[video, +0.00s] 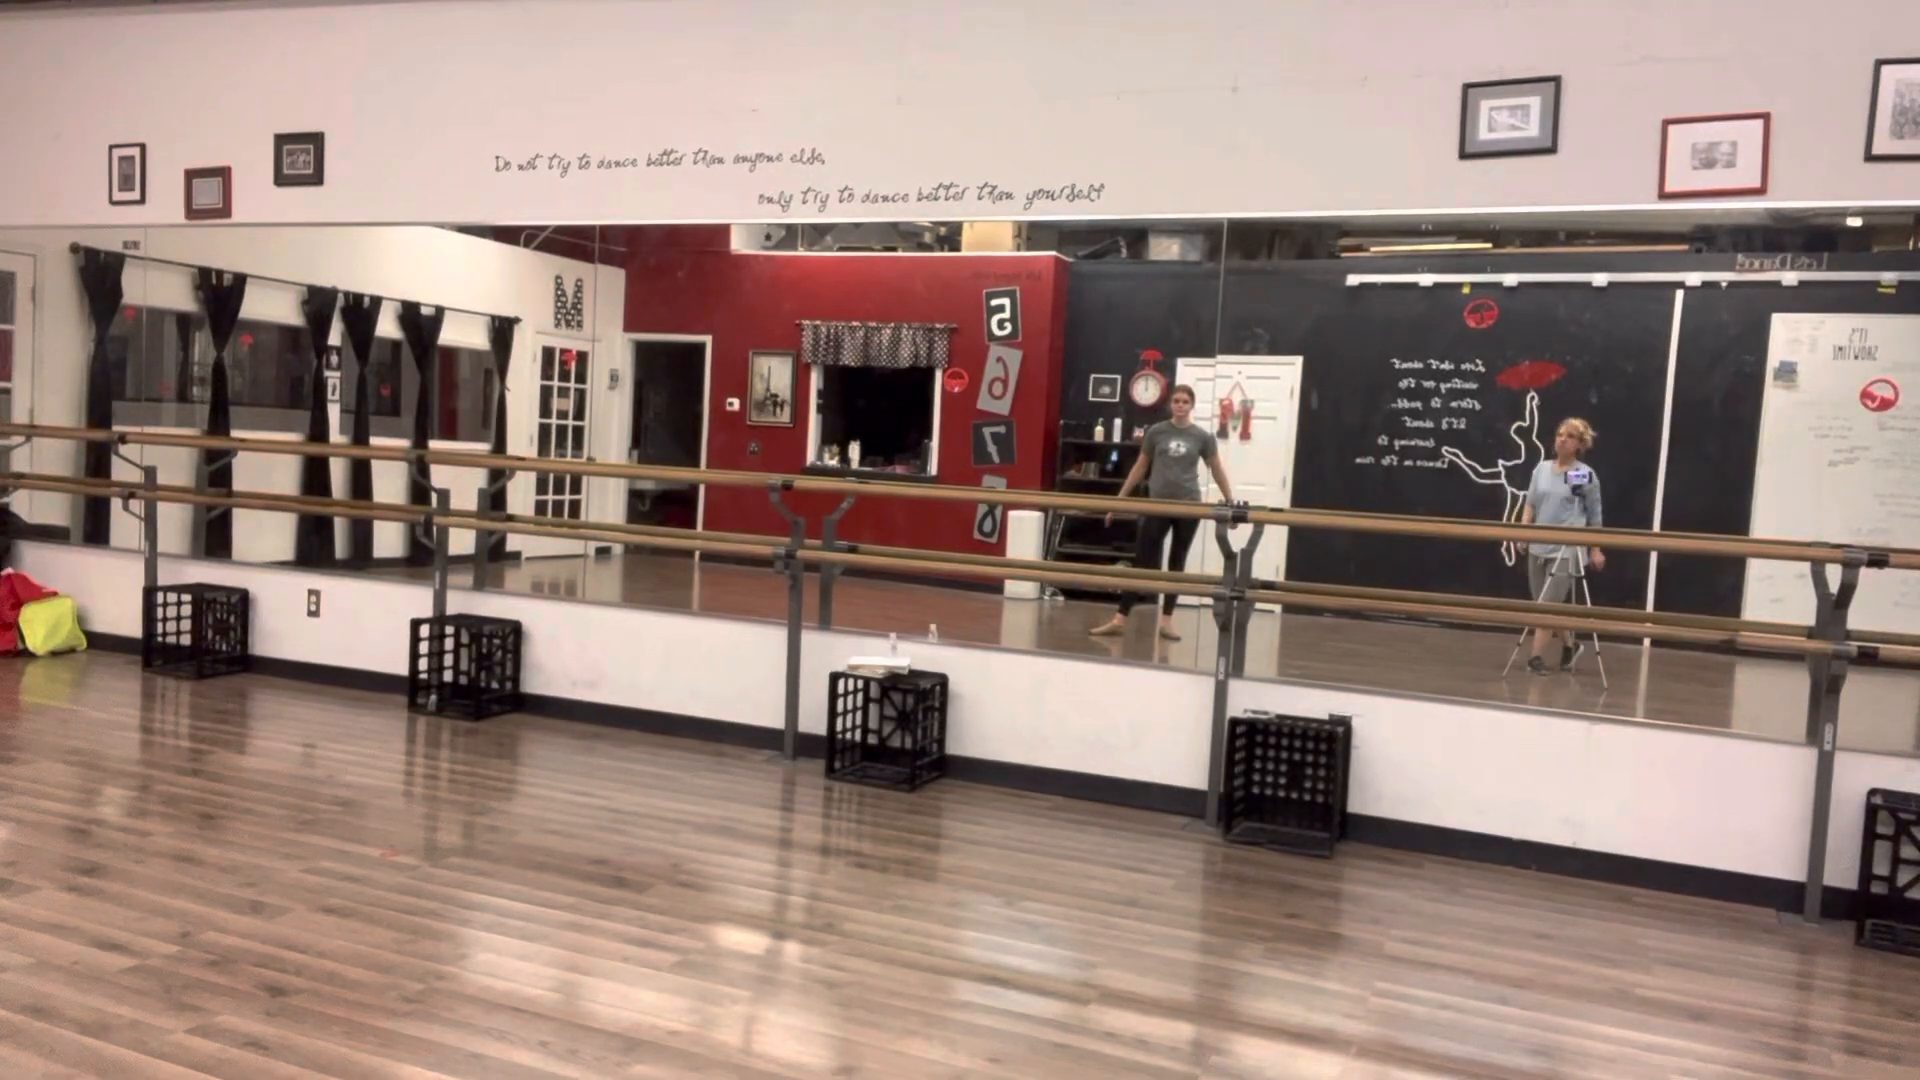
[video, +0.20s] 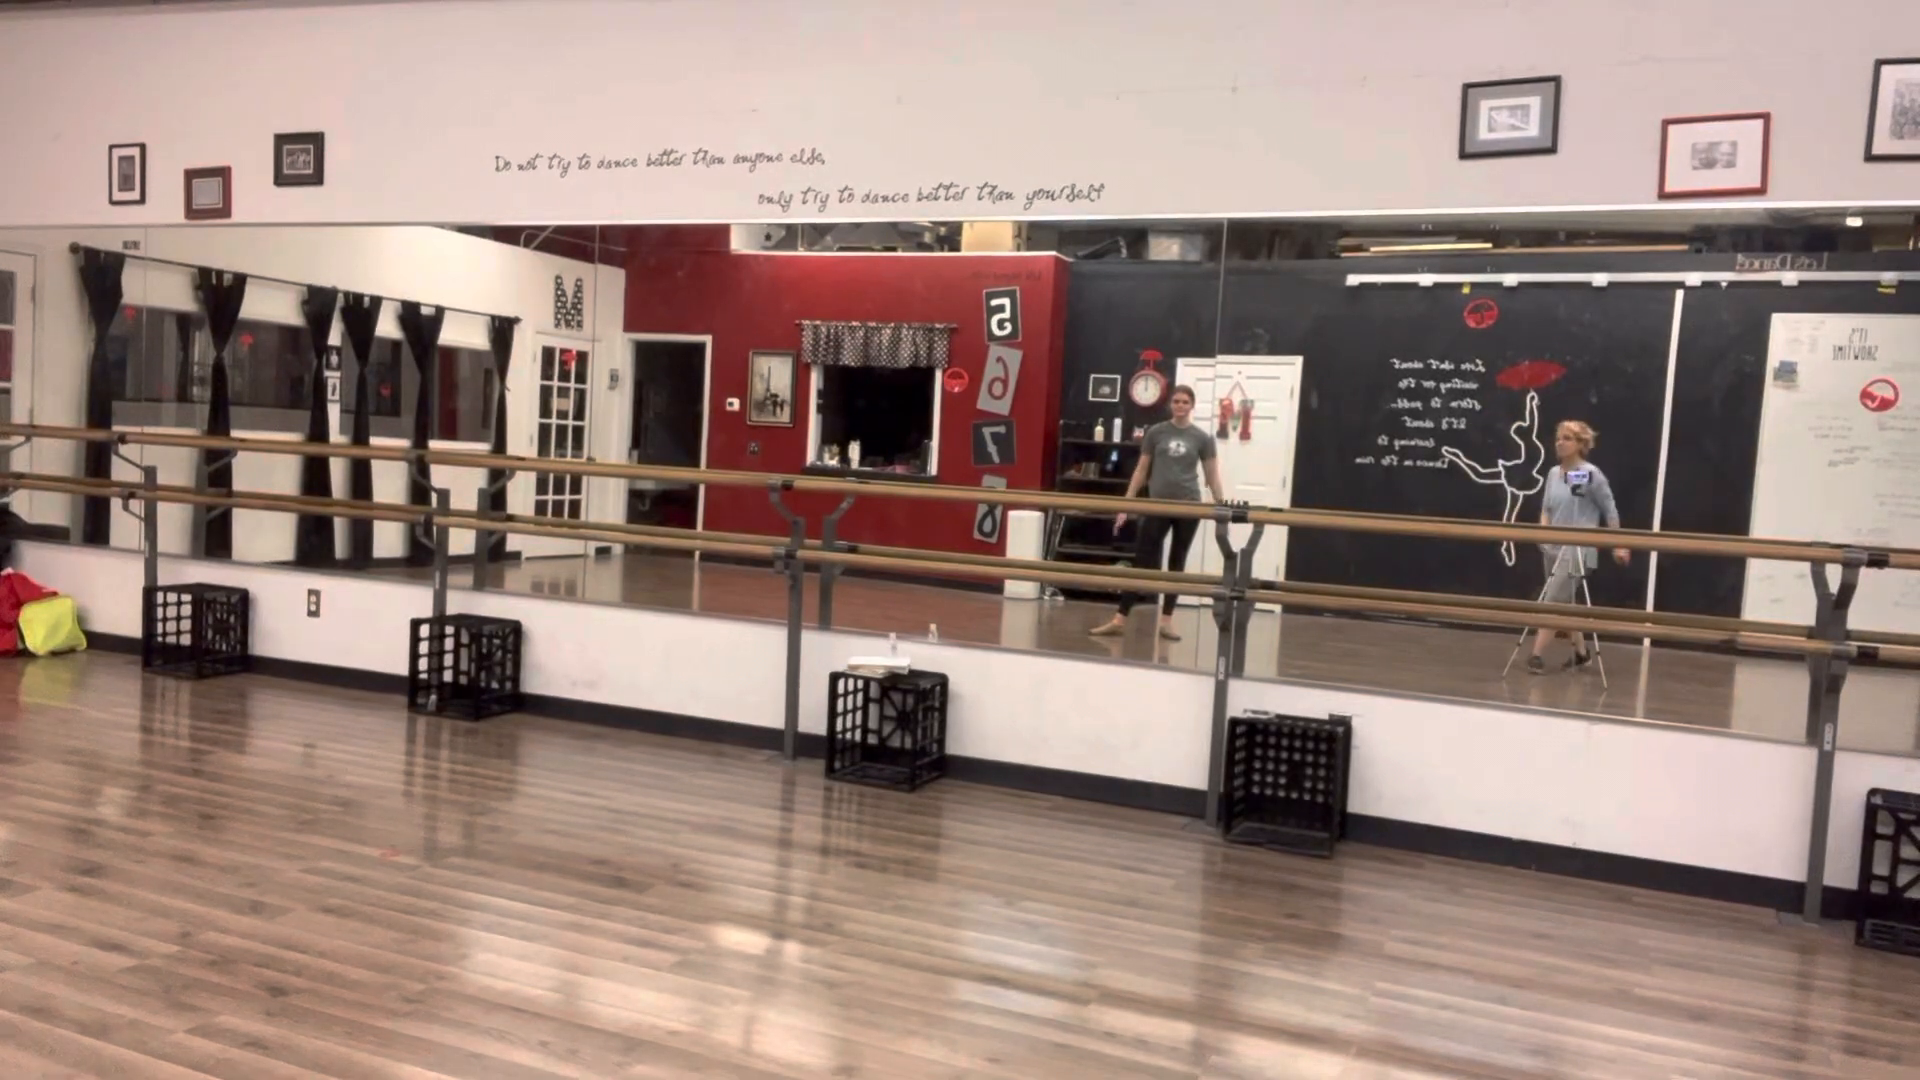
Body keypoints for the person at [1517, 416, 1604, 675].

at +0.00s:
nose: (1561, 440)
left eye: (1569, 437)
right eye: (1560, 435)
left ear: (1580, 445)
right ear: (1555, 439)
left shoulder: (1586, 475)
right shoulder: (1541, 469)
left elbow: (1595, 514)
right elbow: (1530, 504)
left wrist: (1595, 547)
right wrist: (1522, 531)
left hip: (1567, 549)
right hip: (1538, 546)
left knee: (1548, 602)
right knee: (1541, 603)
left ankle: (1535, 654)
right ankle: (1568, 642)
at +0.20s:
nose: (1560, 443)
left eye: (1567, 439)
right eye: (1559, 438)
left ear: (1581, 445)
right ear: (1556, 443)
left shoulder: (1592, 475)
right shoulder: (1553, 473)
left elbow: (1610, 510)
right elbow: (1546, 509)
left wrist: (1617, 543)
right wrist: (1544, 534)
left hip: (1578, 549)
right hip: (1552, 545)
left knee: (1553, 600)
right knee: (1561, 601)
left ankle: (1536, 653)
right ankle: (1581, 650)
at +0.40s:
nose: (1564, 448)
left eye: (1570, 443)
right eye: (1562, 443)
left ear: (1585, 446)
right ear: (1559, 447)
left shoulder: (1600, 474)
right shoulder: (1562, 477)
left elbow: (1623, 506)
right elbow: (1560, 517)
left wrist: (1636, 539)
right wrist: (1554, 548)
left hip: (1593, 547)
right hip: (1569, 545)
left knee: (1559, 594)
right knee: (1574, 600)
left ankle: (1542, 649)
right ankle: (1583, 653)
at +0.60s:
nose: (1573, 447)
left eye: (1580, 443)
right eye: (1571, 443)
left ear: (1594, 447)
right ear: (1569, 446)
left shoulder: (1608, 473)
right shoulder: (1570, 474)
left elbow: (1630, 504)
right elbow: (1569, 511)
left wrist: (1640, 538)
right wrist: (1565, 540)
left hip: (1604, 543)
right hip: (1578, 543)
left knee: (1571, 590)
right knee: (1577, 595)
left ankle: (1586, 647)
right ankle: (1584, 649)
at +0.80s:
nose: (1589, 444)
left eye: (1596, 440)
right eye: (1587, 439)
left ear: (1608, 447)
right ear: (1583, 443)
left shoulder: (1616, 475)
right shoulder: (1578, 472)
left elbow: (1632, 511)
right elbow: (1577, 509)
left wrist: (1635, 544)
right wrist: (1569, 537)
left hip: (1610, 548)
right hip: (1580, 546)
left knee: (1602, 598)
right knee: (1577, 602)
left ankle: (1628, 653)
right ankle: (1585, 653)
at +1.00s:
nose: (1608, 444)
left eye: (1616, 441)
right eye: (1606, 439)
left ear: (1627, 447)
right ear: (1601, 442)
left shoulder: (1634, 478)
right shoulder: (1590, 472)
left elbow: (1643, 516)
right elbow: (1585, 510)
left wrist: (1644, 548)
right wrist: (1576, 538)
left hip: (1623, 550)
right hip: (1590, 548)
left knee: (1631, 606)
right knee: (1582, 603)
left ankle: (1645, 661)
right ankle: (1583, 654)